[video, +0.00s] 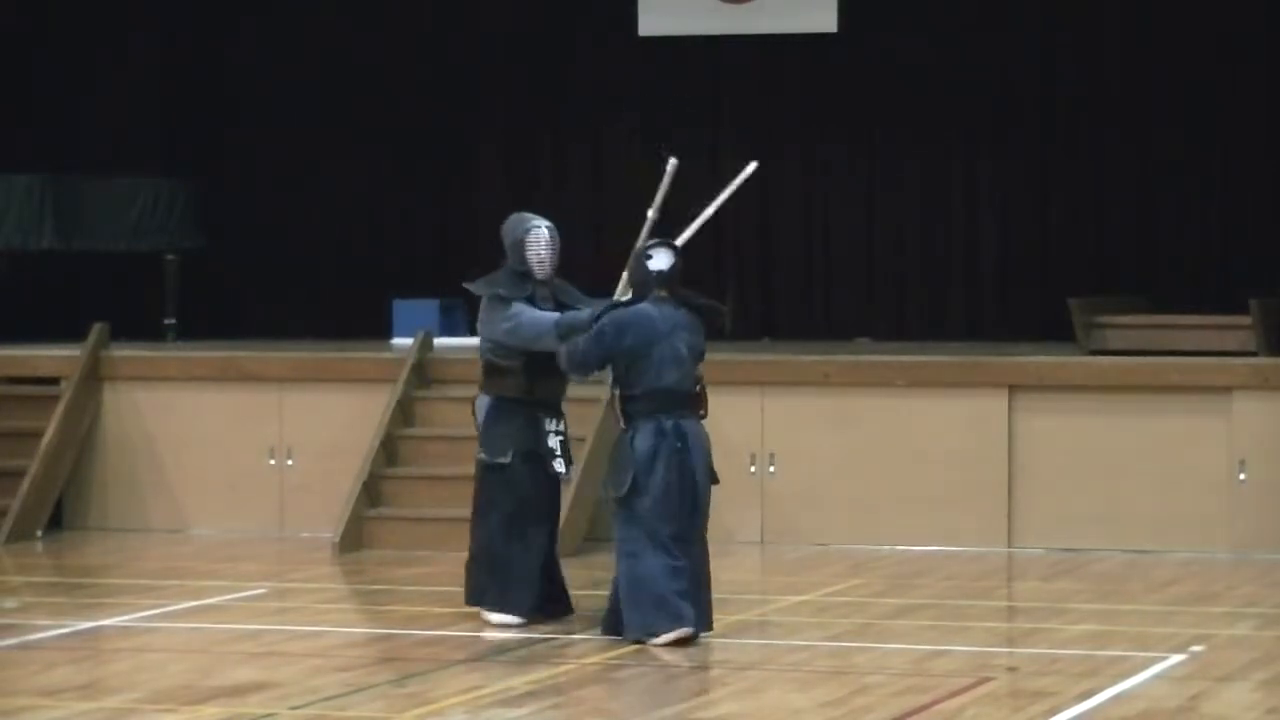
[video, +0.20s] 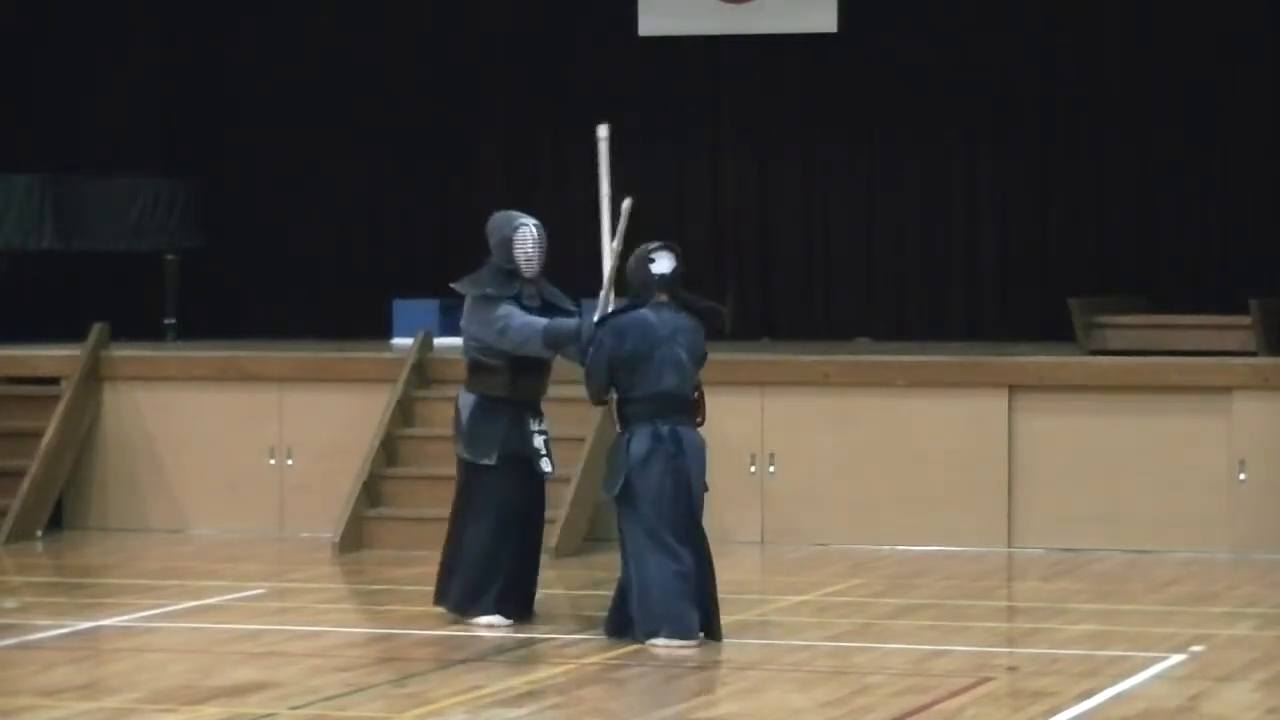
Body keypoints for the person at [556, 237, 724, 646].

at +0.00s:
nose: (626, 276)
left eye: (629, 270)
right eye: (631, 269)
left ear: (636, 277)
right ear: (672, 278)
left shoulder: (627, 321)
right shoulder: (690, 322)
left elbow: (576, 358)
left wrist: (575, 330)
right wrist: (624, 313)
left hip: (650, 432)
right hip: (692, 430)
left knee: (643, 526)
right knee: (681, 526)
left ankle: (670, 619)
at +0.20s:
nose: (631, 282)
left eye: (633, 276)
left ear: (635, 281)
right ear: (674, 280)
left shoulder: (616, 328)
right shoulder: (691, 326)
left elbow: (597, 389)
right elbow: (693, 367)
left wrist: (599, 340)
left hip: (642, 437)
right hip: (687, 434)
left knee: (647, 530)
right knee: (678, 528)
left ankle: (672, 626)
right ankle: (631, 618)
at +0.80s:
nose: (596, 291)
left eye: (598, 285)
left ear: (603, 289)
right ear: (638, 286)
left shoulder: (600, 331)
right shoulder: (659, 328)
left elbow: (559, 378)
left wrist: (558, 345)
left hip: (624, 436)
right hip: (656, 433)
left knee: (634, 527)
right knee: (620, 527)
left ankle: (672, 624)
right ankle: (611, 621)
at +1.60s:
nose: (585, 286)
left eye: (589, 279)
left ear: (594, 282)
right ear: (629, 278)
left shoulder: (596, 329)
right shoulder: (649, 324)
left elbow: (562, 383)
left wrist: (542, 402)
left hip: (610, 435)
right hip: (642, 432)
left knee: (609, 521)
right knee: (623, 519)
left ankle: (666, 606)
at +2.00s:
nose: (601, 284)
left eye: (604, 277)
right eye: (604, 276)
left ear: (610, 279)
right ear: (640, 277)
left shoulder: (613, 326)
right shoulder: (655, 321)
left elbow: (576, 398)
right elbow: (603, 370)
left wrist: (543, 400)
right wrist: (551, 387)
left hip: (622, 435)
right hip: (653, 430)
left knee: (608, 525)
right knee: (646, 522)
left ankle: (651, 606)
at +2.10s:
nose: (600, 285)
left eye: (602, 278)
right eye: (603, 278)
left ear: (608, 281)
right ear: (637, 278)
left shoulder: (613, 327)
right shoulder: (651, 321)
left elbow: (580, 390)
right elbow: (597, 367)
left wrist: (546, 406)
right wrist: (545, 388)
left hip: (620, 436)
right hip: (650, 431)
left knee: (599, 523)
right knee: (649, 520)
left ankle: (624, 614)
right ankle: (660, 613)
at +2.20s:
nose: (593, 285)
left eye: (596, 279)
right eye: (596, 279)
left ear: (603, 282)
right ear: (631, 279)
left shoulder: (605, 327)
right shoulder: (645, 322)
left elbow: (576, 390)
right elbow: (591, 372)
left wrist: (549, 409)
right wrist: (545, 392)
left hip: (613, 439)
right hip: (644, 435)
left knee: (588, 520)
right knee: (640, 522)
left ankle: (587, 619)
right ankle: (646, 616)